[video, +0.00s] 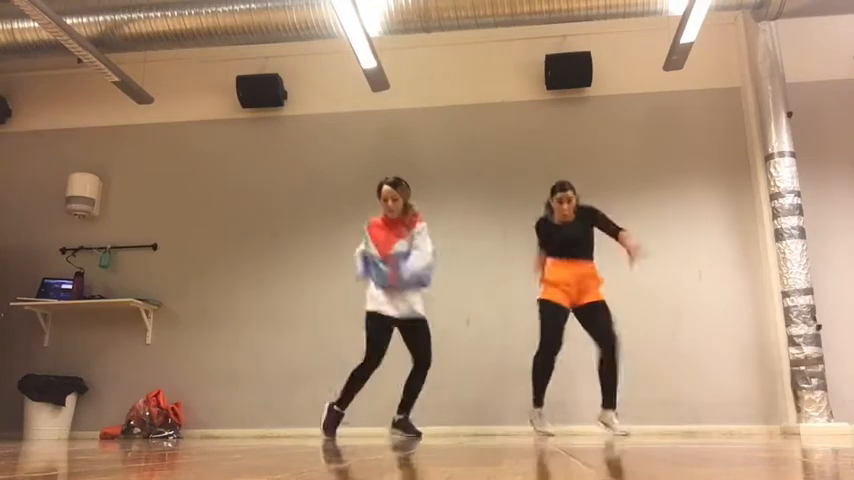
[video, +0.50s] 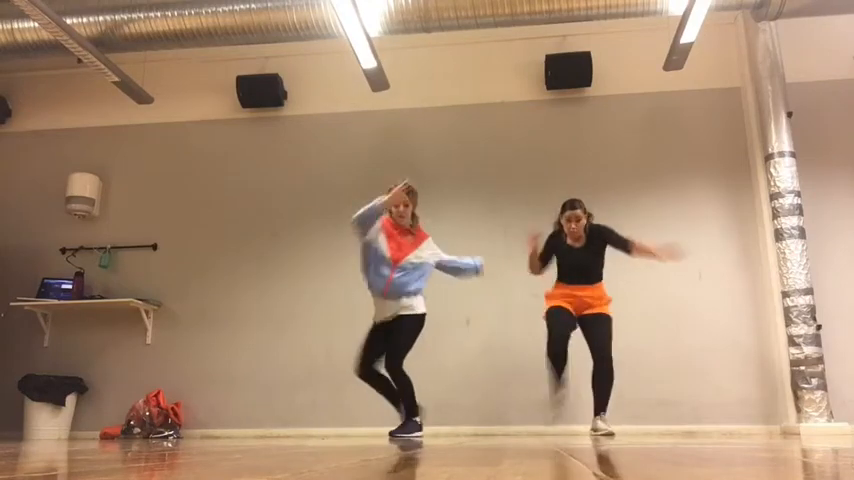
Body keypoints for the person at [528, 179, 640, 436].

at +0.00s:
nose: (565, 206)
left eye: (569, 201)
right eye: (560, 201)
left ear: (575, 200)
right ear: (552, 203)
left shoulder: (589, 215)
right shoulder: (544, 225)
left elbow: (616, 231)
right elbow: (543, 251)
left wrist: (630, 246)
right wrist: (540, 271)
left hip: (587, 289)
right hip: (555, 289)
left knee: (609, 342)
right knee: (549, 347)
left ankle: (608, 411)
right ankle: (537, 410)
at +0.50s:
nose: (573, 225)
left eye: (577, 219)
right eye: (568, 220)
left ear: (586, 219)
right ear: (561, 221)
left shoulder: (599, 233)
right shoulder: (556, 239)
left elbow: (630, 247)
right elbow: (537, 269)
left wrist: (656, 253)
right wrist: (533, 252)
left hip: (594, 302)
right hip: (562, 301)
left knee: (603, 356)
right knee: (557, 335)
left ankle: (599, 418)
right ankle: (558, 385)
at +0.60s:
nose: (572, 226)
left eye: (576, 221)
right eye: (568, 222)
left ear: (585, 221)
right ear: (562, 223)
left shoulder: (599, 239)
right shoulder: (557, 241)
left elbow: (634, 259)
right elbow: (543, 242)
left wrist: (671, 273)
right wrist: (572, 222)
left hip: (598, 305)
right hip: (569, 308)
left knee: (596, 358)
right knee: (558, 360)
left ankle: (601, 417)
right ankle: (609, 374)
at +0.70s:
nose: (588, 226)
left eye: (591, 220)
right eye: (582, 221)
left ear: (596, 219)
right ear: (572, 221)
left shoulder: (600, 241)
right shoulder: (565, 237)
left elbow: (624, 248)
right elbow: (561, 222)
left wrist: (652, 246)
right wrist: (567, 209)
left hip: (596, 302)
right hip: (569, 309)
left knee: (589, 359)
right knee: (586, 371)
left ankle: (598, 418)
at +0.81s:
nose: (593, 225)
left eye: (595, 219)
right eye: (587, 221)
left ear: (599, 216)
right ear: (576, 220)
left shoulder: (604, 231)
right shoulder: (566, 231)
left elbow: (625, 225)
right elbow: (540, 227)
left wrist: (645, 212)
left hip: (604, 299)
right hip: (575, 303)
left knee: (604, 355)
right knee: (586, 364)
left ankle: (603, 417)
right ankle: (606, 413)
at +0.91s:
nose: (590, 224)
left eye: (592, 219)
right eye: (584, 221)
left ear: (597, 214)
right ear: (573, 219)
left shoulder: (601, 219)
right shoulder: (566, 233)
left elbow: (616, 200)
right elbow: (527, 247)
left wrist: (633, 174)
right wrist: (492, 241)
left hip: (608, 299)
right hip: (580, 300)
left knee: (618, 360)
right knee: (583, 358)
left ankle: (604, 418)